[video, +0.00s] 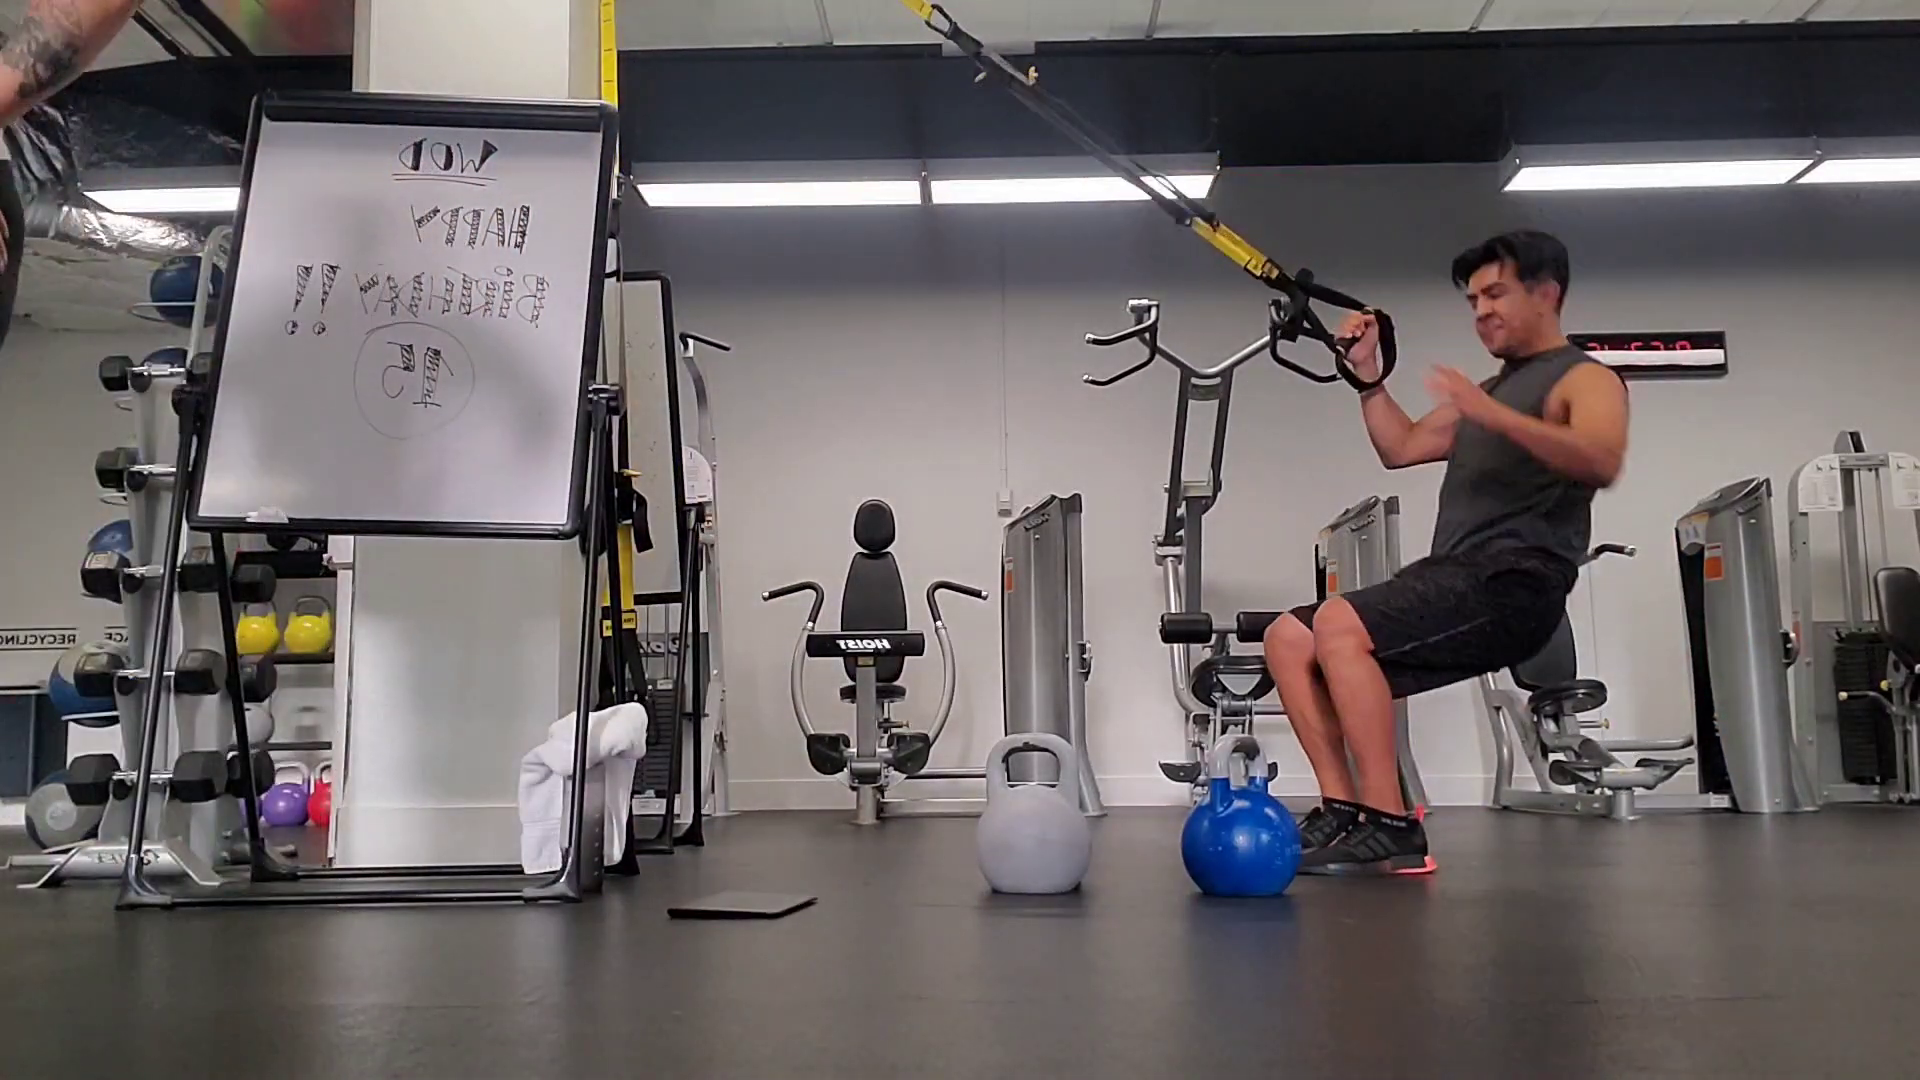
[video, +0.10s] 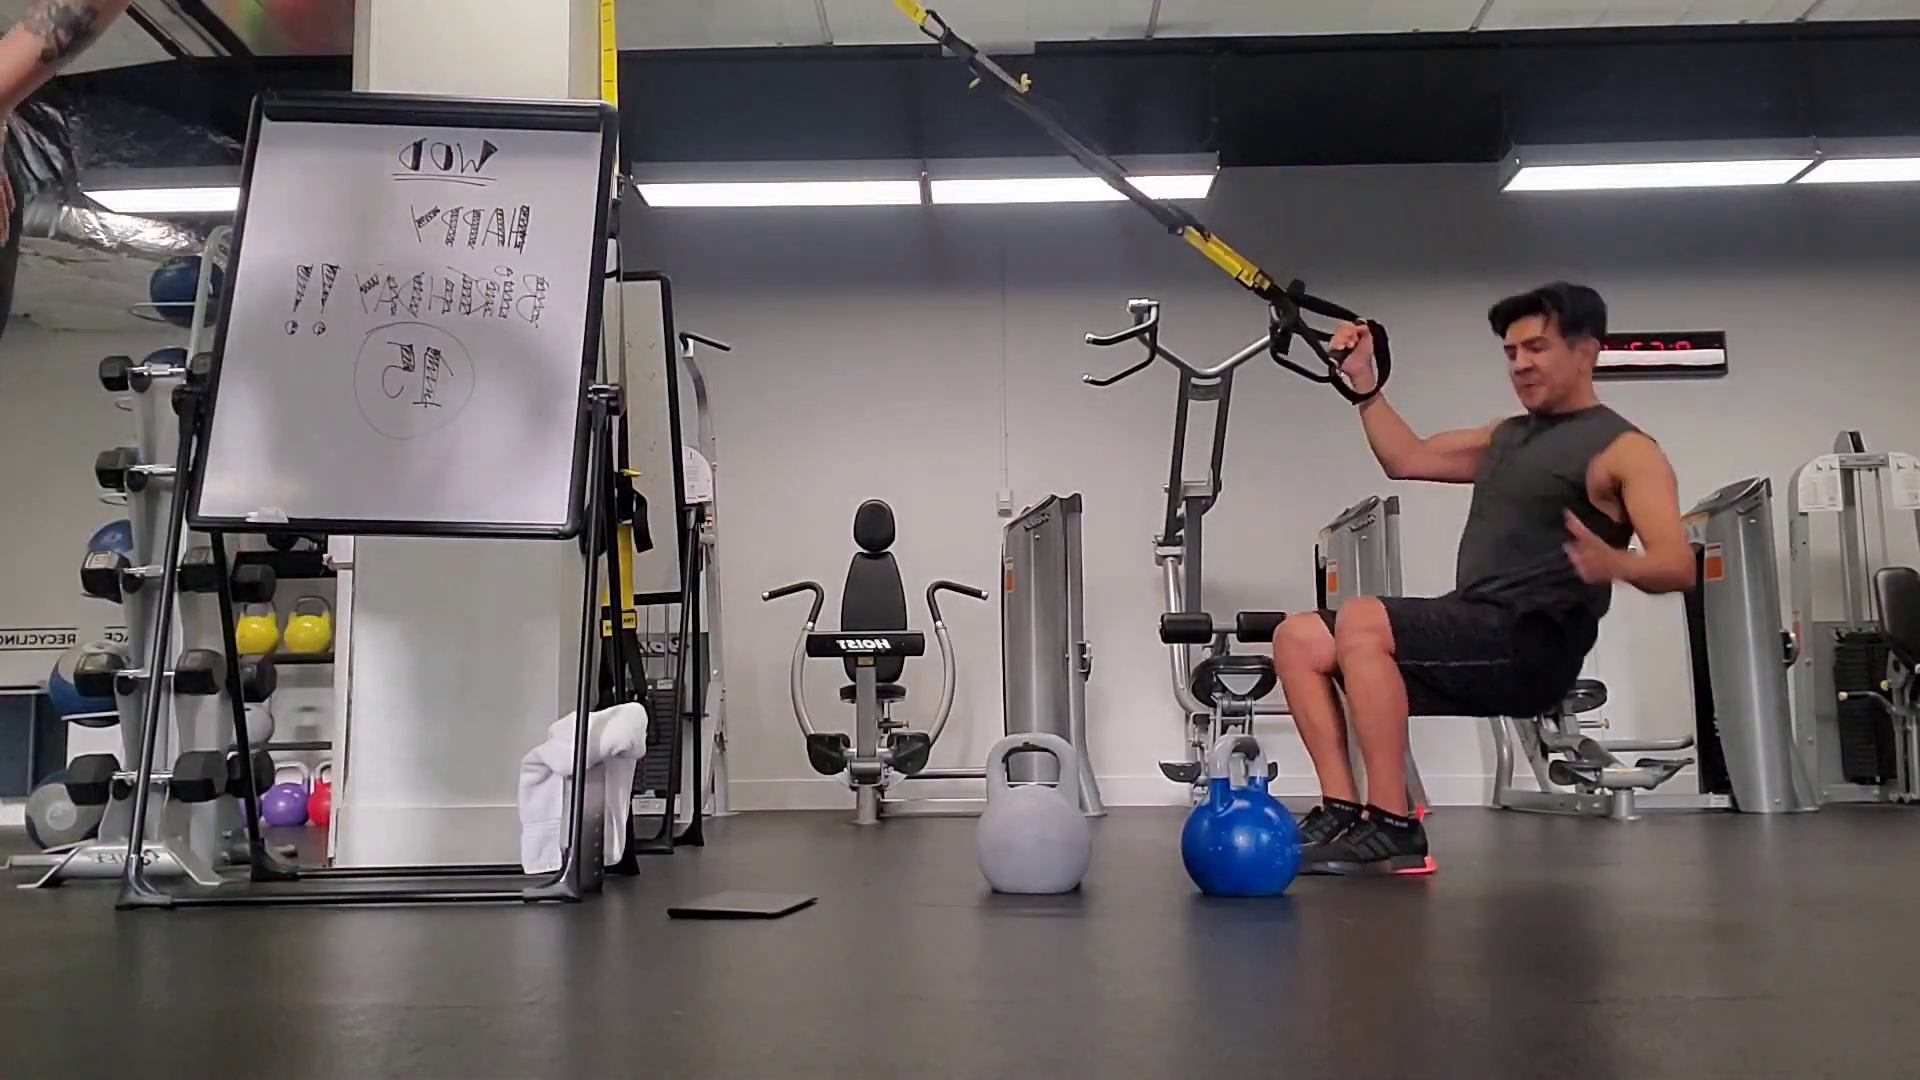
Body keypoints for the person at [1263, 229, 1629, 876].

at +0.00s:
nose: (1480, 310)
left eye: (1495, 293)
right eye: (1474, 300)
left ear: (1548, 293)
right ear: (1474, 312)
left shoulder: (1588, 379)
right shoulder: (1490, 393)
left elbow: (1601, 462)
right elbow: (1400, 448)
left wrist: (1486, 408)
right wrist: (1369, 374)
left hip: (1515, 578)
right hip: (1460, 575)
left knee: (1340, 625)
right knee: (1286, 638)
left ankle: (1389, 821)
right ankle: (1343, 809)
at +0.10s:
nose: (1519, 364)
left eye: (1535, 348)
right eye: (1512, 352)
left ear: (1587, 350)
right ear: (1505, 356)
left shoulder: (1628, 451)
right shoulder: (1507, 437)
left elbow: (1678, 566)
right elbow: (1406, 458)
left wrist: (1618, 564)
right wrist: (1365, 387)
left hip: (1536, 641)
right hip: (1471, 628)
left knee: (1362, 621)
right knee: (1297, 637)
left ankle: (1393, 822)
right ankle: (1342, 811)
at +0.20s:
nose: (1556, 415)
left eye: (1574, 400)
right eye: (1548, 402)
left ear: (1625, 405)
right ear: (1541, 408)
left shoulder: (1663, 515)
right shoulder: (1525, 477)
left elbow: (1713, 620)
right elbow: (1417, 468)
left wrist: (1734, 674)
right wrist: (1364, 396)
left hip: (1551, 699)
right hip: (1480, 683)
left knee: (1400, 623)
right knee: (1313, 638)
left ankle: (1398, 824)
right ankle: (1343, 813)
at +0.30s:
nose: (1588, 464)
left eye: (1607, 448)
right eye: (1580, 449)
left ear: (1657, 454)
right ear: (1571, 454)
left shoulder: (1689, 568)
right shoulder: (1542, 512)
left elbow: (1752, 686)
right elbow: (1425, 474)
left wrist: (1814, 744)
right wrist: (1359, 403)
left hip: (1561, 745)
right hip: (1483, 724)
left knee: (1442, 625)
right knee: (1334, 637)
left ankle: (1403, 827)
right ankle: (1345, 816)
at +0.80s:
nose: (1562, 429)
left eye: (1579, 413)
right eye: (1557, 419)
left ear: (1635, 425)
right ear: (1554, 430)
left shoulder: (1665, 536)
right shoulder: (1536, 498)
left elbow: (1698, 645)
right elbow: (1432, 479)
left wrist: (1713, 677)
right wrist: (1364, 406)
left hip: (1539, 704)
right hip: (1478, 690)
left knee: (1379, 625)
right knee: (1308, 638)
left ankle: (1394, 825)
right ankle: (1340, 812)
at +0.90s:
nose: (1532, 368)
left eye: (1549, 350)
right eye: (1529, 360)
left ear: (1604, 359)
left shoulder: (1628, 450)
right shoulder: (1529, 452)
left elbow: (1618, 540)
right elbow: (1430, 463)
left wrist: (1555, 523)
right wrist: (1370, 394)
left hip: (1523, 640)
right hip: (1472, 627)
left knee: (1339, 632)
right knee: (1290, 639)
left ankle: (1392, 824)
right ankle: (1339, 810)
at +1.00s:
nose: (1495, 303)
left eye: (1508, 286)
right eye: (1495, 292)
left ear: (1561, 293)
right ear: (1548, 299)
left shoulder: (1573, 365)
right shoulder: (1515, 388)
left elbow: (1522, 410)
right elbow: (1430, 451)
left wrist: (1412, 374)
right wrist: (1374, 385)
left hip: (1497, 575)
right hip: (1454, 568)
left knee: (1319, 636)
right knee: (1284, 640)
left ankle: (1390, 825)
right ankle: (1343, 809)